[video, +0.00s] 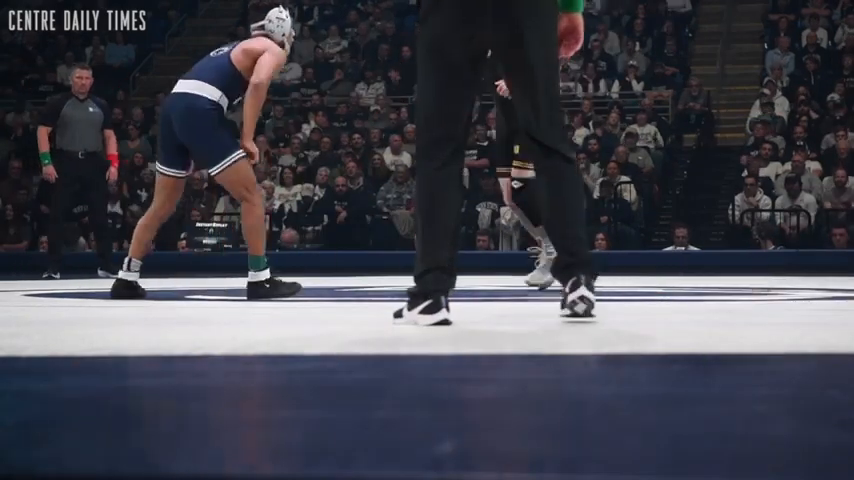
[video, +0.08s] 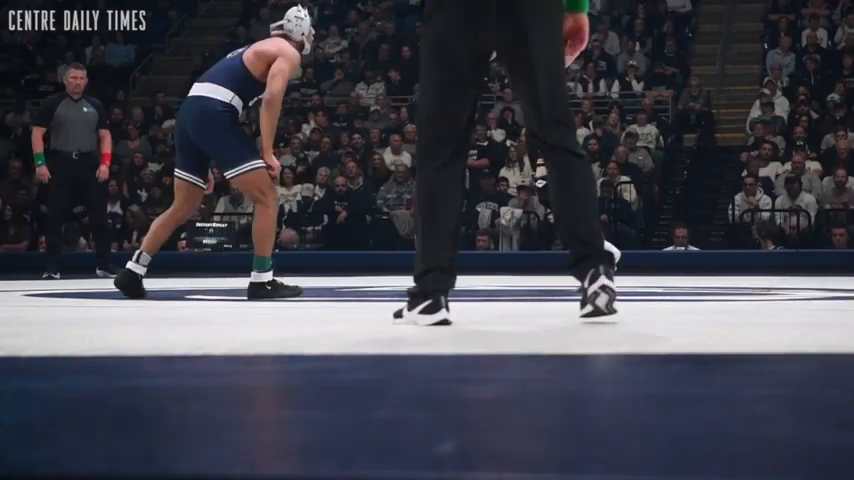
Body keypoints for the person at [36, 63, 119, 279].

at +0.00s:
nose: (83, 82)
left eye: (87, 78)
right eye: (79, 78)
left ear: (92, 81)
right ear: (71, 81)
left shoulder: (101, 106)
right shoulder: (58, 103)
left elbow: (109, 136)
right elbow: (43, 131)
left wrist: (113, 163)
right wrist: (46, 162)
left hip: (95, 164)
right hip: (66, 164)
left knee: (99, 215)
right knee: (58, 214)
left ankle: (105, 264)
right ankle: (53, 266)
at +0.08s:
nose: (78, 82)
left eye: (82, 78)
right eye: (74, 78)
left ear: (86, 81)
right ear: (65, 80)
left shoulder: (95, 106)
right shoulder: (53, 104)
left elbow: (105, 136)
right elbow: (37, 132)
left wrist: (105, 163)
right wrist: (40, 163)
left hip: (89, 164)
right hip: (60, 164)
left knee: (98, 214)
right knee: (56, 214)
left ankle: (104, 264)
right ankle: (53, 266)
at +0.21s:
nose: (72, 82)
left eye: (76, 79)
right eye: (68, 78)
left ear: (81, 81)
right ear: (59, 80)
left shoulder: (90, 105)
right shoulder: (46, 104)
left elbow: (101, 136)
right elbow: (32, 133)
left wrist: (96, 161)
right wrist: (31, 163)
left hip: (83, 165)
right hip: (54, 165)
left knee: (96, 212)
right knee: (51, 215)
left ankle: (99, 261)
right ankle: (52, 266)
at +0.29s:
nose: (71, 83)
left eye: (75, 79)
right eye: (67, 78)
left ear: (80, 81)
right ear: (58, 79)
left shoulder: (89, 105)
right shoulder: (44, 104)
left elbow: (99, 136)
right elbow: (30, 133)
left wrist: (93, 161)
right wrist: (28, 163)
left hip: (81, 165)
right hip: (52, 164)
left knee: (92, 213)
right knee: (51, 214)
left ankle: (95, 260)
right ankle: (52, 265)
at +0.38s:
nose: (70, 82)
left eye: (74, 78)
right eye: (66, 78)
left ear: (79, 81)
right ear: (57, 79)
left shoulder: (88, 105)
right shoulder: (43, 104)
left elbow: (98, 135)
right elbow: (28, 133)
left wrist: (92, 161)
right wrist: (26, 163)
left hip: (81, 164)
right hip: (52, 164)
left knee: (91, 212)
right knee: (51, 214)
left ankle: (93, 260)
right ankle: (52, 265)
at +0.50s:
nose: (71, 82)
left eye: (75, 78)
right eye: (67, 78)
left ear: (80, 81)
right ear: (58, 79)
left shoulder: (89, 105)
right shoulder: (44, 104)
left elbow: (100, 135)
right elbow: (29, 132)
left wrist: (95, 162)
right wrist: (26, 163)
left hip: (82, 164)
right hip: (52, 164)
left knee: (94, 212)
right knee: (51, 214)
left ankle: (95, 260)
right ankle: (52, 265)